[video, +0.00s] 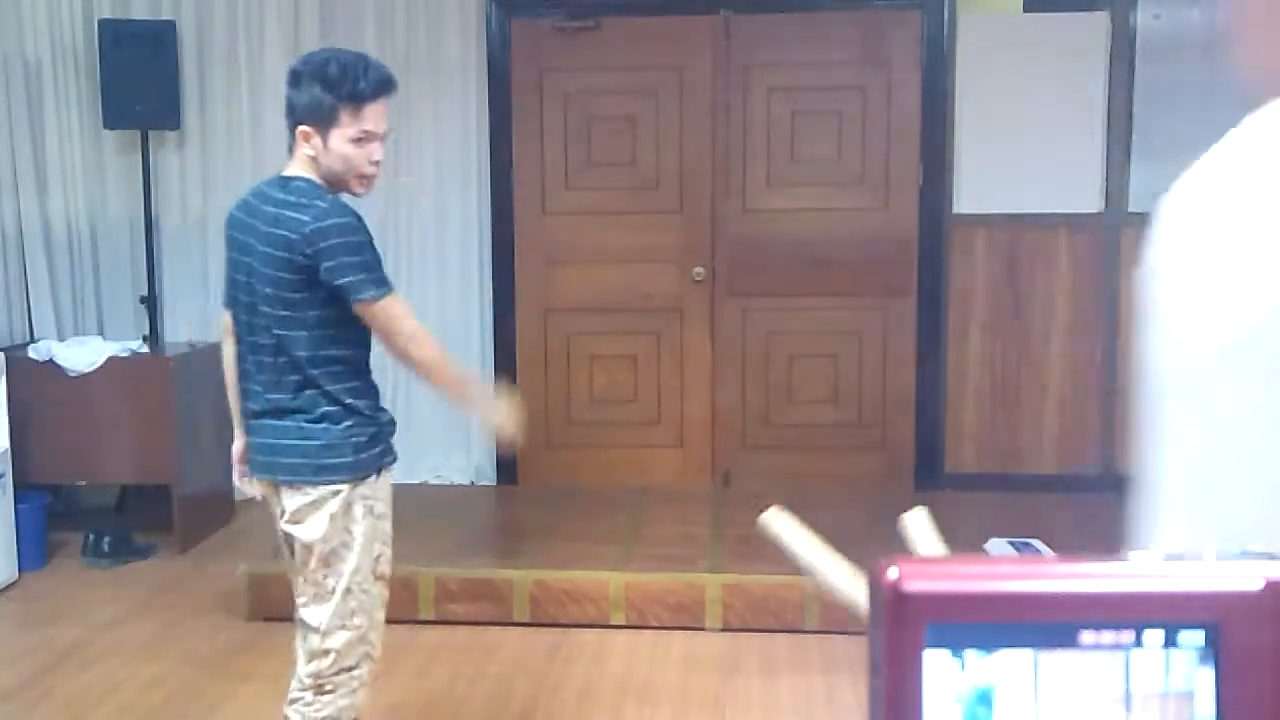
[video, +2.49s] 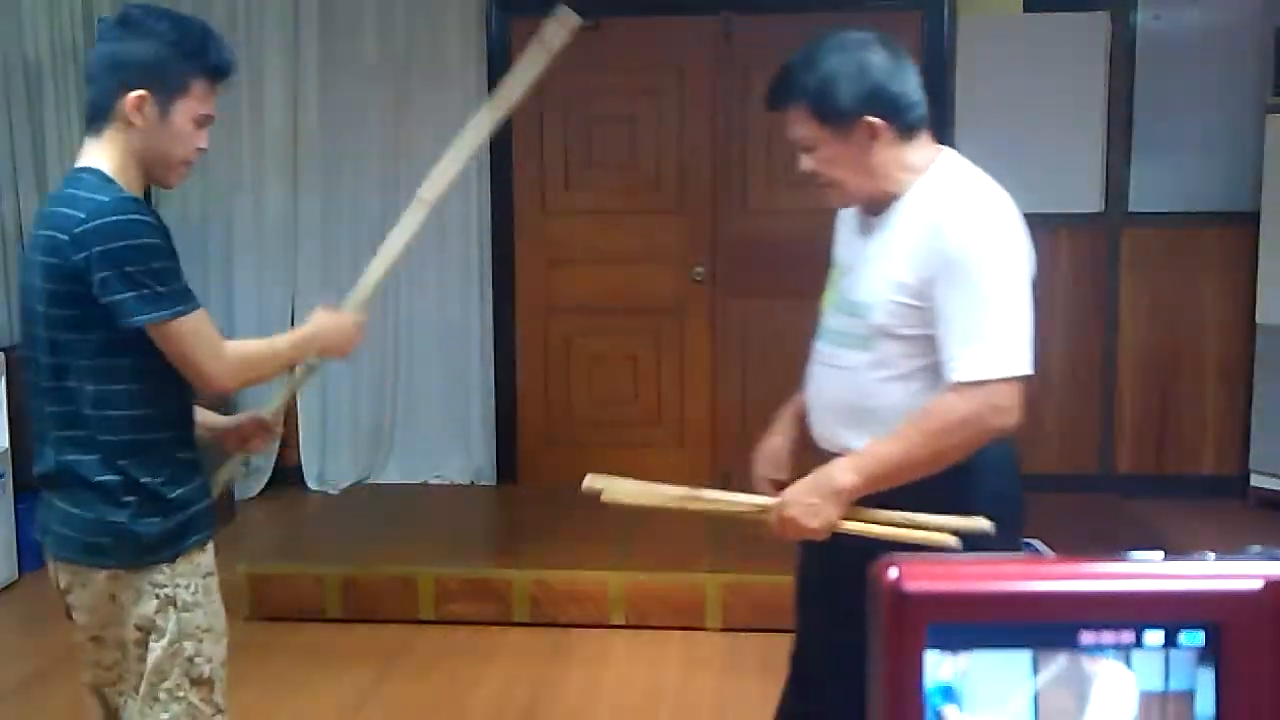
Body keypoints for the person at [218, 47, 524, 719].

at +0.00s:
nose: (378, 157)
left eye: (382, 138)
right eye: (362, 139)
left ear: (306, 142)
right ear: (307, 138)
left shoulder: (248, 211)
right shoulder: (330, 222)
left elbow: (233, 336)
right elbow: (405, 339)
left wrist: (243, 431)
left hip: (278, 457)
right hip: (337, 464)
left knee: (322, 640)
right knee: (340, 657)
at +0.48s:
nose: (389, 155)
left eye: (396, 138)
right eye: (372, 141)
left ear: (407, 129)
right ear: (326, 137)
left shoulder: (361, 216)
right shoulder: (293, 212)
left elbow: (376, 314)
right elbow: (259, 330)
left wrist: (410, 384)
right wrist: (246, 448)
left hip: (356, 439)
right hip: (323, 442)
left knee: (344, 612)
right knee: (345, 616)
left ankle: (320, 707)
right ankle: (315, 711)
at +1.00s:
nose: (328, 162)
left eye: (339, 144)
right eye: (311, 145)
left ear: (349, 134)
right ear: (263, 136)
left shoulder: (335, 233)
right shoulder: (210, 226)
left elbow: (362, 340)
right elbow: (197, 356)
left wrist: (416, 413)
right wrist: (226, 472)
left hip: (327, 474)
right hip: (259, 477)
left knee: (328, 654)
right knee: (259, 671)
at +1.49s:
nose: (316, 165)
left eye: (327, 146)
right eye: (298, 146)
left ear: (337, 135)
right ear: (245, 133)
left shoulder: (329, 239)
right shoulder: (177, 227)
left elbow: (354, 358)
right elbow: (148, 363)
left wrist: (408, 445)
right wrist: (207, 472)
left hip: (313, 493)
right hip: (214, 500)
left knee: (326, 688)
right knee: (224, 697)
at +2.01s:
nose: (315, 156)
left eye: (322, 137)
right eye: (301, 135)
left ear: (324, 127)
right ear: (239, 121)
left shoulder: (283, 231)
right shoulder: (161, 221)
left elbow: (298, 362)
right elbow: (146, 374)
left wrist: (373, 449)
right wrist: (275, 457)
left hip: (282, 511)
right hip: (199, 521)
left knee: (304, 699)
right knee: (224, 707)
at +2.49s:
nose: (204, 144)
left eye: (208, 125)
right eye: (198, 122)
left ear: (136, 110)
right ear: (137, 108)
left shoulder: (69, 209)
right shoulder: (118, 220)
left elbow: (104, 389)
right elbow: (216, 370)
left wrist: (210, 429)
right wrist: (313, 338)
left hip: (88, 525)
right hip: (145, 536)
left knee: (123, 705)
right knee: (181, 708)